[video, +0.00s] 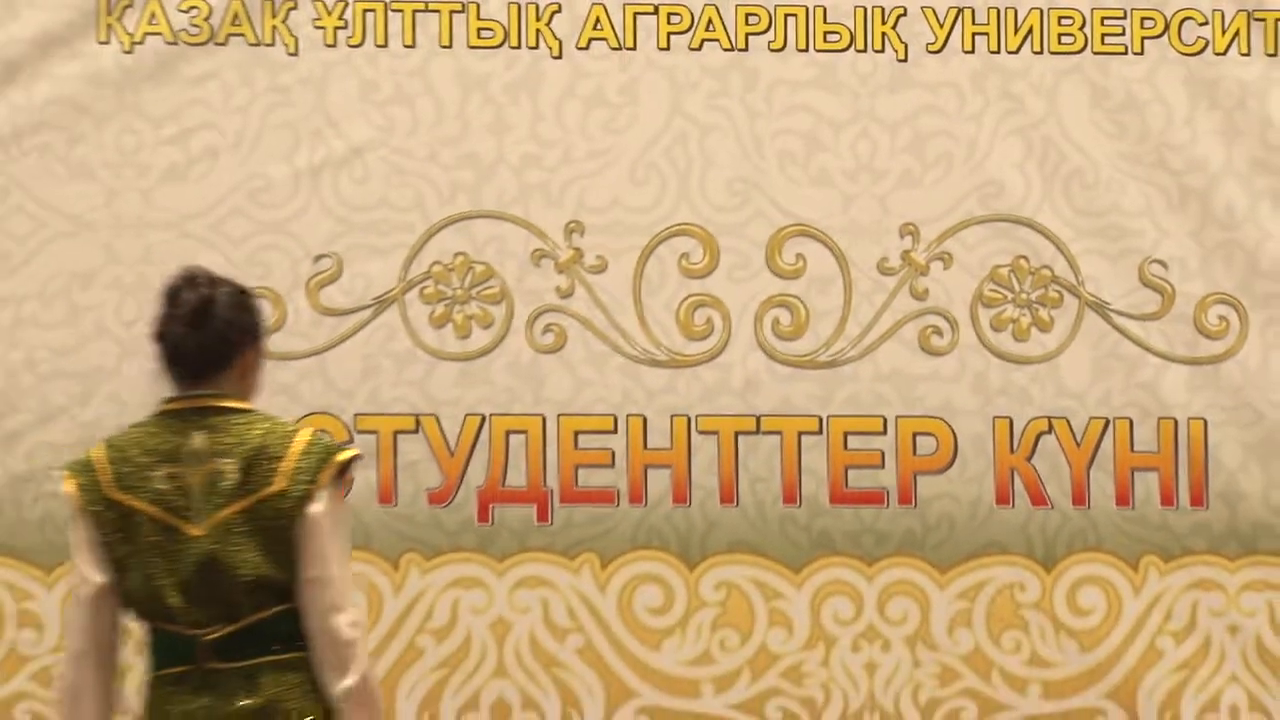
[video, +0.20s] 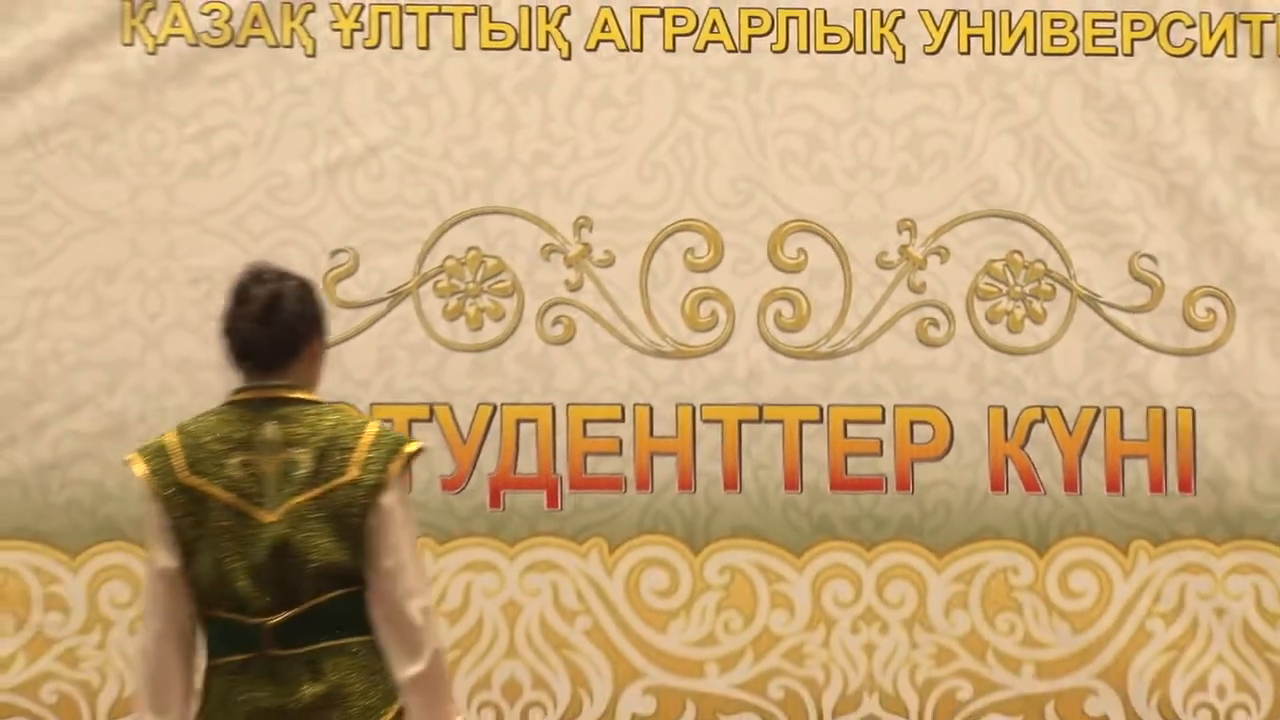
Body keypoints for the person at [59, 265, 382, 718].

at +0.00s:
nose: (261, 361)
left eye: (261, 348)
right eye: (260, 349)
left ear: (166, 354)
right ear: (249, 356)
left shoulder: (101, 471)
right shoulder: (302, 458)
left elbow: (90, 633)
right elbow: (330, 620)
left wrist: (88, 710)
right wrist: (360, 708)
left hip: (172, 697)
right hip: (284, 694)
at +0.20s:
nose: (323, 350)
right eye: (323, 340)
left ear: (232, 348)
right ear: (316, 345)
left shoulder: (172, 460)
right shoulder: (369, 448)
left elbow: (167, 625)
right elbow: (403, 614)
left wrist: (168, 712)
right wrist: (437, 710)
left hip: (232, 700)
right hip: (351, 696)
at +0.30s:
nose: (353, 341)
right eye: (353, 331)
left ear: (263, 341)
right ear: (345, 339)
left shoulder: (207, 444)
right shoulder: (394, 444)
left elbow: (194, 605)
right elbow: (422, 606)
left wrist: (190, 707)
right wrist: (450, 708)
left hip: (249, 693)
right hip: (369, 692)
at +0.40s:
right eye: (365, 325)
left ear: (276, 338)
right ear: (359, 336)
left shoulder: (223, 437)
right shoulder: (409, 439)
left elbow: (207, 592)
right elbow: (430, 595)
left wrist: (196, 706)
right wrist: (453, 707)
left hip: (261, 691)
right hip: (379, 689)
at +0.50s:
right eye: (375, 320)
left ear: (287, 330)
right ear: (372, 330)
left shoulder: (244, 424)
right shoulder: (423, 429)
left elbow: (219, 574)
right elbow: (434, 576)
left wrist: (197, 700)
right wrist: (442, 699)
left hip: (273, 689)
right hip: (389, 690)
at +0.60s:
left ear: (291, 326)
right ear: (375, 326)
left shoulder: (255, 417)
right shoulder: (428, 423)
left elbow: (228, 562)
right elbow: (432, 568)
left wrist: (201, 693)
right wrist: (432, 687)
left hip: (280, 681)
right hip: (389, 682)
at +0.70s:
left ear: (291, 319)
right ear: (374, 320)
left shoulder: (260, 408)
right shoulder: (421, 413)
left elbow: (235, 551)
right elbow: (427, 557)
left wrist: (205, 679)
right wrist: (419, 667)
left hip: (280, 670)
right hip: (381, 670)